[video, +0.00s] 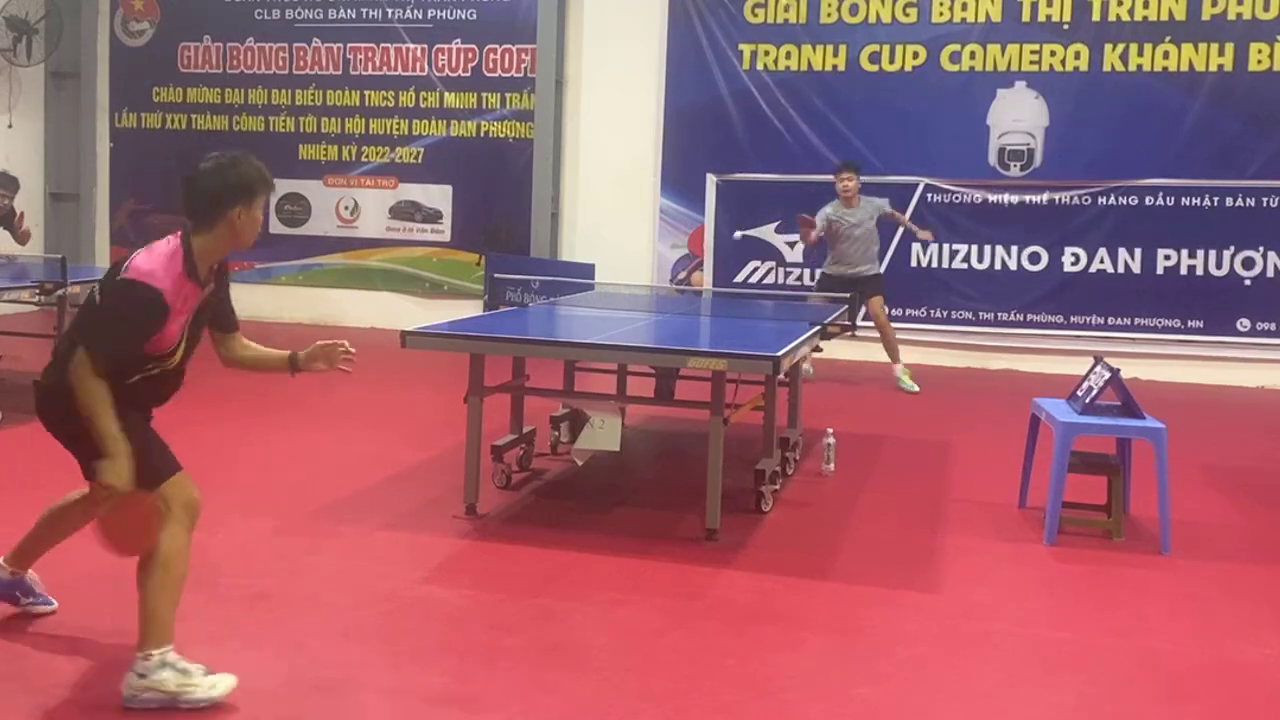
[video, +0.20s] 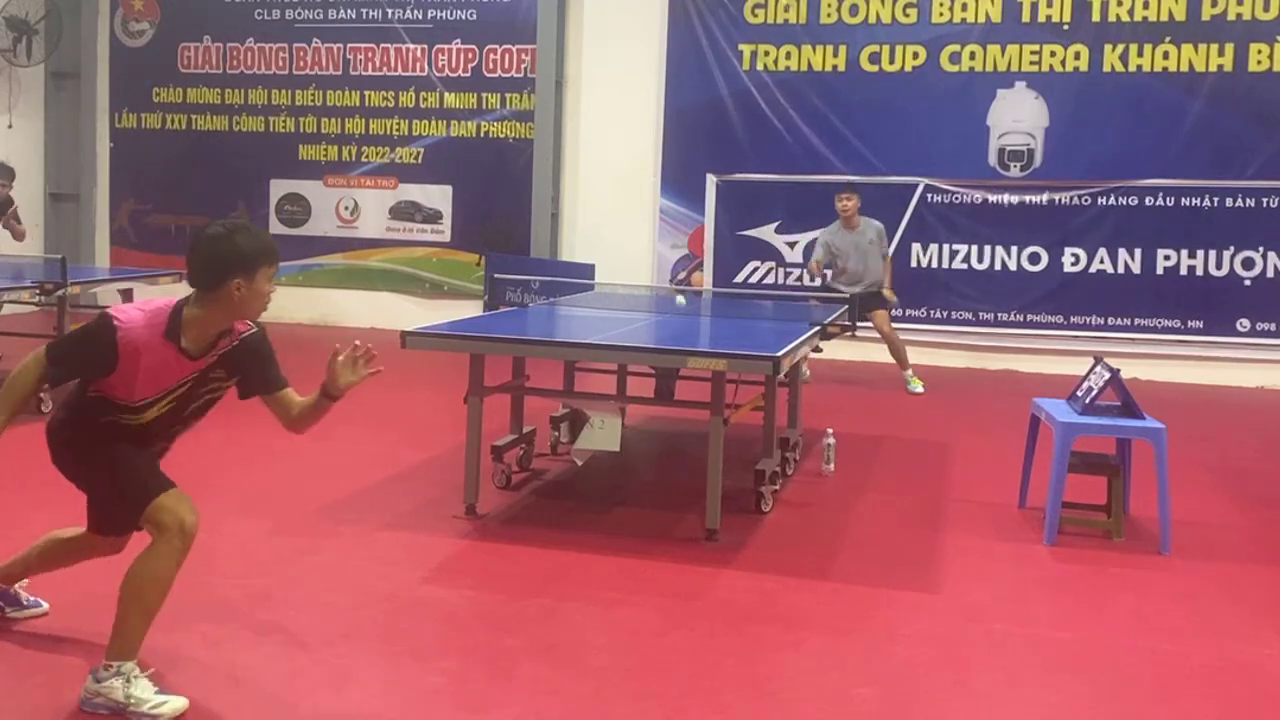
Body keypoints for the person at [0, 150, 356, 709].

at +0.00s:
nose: (262, 222)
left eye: (263, 211)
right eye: (259, 210)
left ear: (222, 212)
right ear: (232, 213)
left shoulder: (212, 265)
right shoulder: (149, 279)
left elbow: (232, 347)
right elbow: (83, 363)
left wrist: (297, 360)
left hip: (119, 397)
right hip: (80, 397)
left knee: (110, 490)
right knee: (179, 504)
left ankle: (10, 568)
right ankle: (153, 661)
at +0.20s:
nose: (273, 290)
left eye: (274, 280)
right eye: (269, 279)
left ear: (233, 288)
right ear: (235, 286)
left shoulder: (245, 341)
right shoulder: (124, 330)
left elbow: (296, 418)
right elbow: (36, 364)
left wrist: (329, 393)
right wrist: (1, 424)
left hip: (141, 448)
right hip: (87, 436)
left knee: (105, 540)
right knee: (176, 523)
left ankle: (2, 578)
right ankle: (113, 675)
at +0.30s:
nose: (303, 280)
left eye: (303, 269)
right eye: (298, 269)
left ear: (261, 278)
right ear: (263, 277)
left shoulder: (280, 333)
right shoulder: (148, 314)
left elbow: (340, 379)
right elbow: (59, 348)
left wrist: (382, 405)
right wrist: (8, 420)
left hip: (165, 449)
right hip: (112, 434)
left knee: (96, 520)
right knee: (194, 539)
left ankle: (8, 574)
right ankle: (115, 675)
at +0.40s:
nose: (350, 248)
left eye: (350, 236)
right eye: (345, 237)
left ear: (307, 246)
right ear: (309, 246)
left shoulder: (314, 288)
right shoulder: (208, 294)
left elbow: (329, 334)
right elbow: (131, 353)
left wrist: (336, 390)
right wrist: (84, 408)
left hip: (182, 419)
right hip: (156, 421)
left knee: (106, 492)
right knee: (224, 558)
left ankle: (51, 566)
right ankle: (118, 673)